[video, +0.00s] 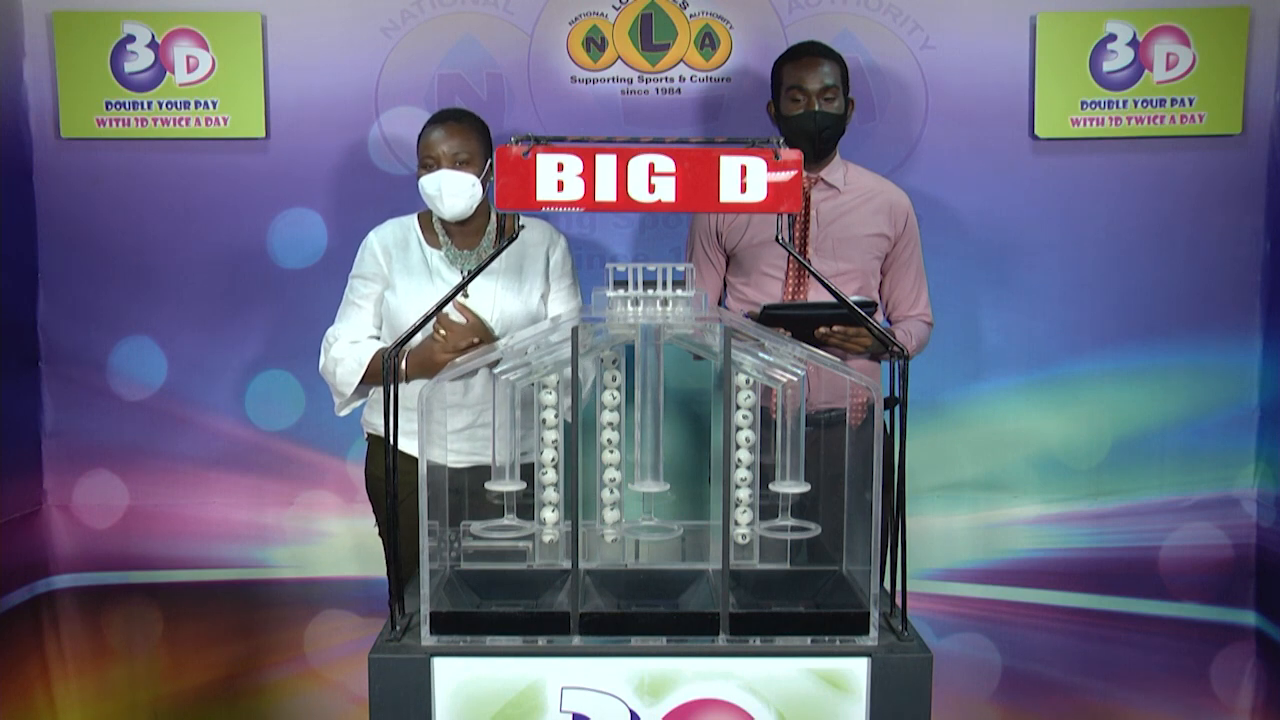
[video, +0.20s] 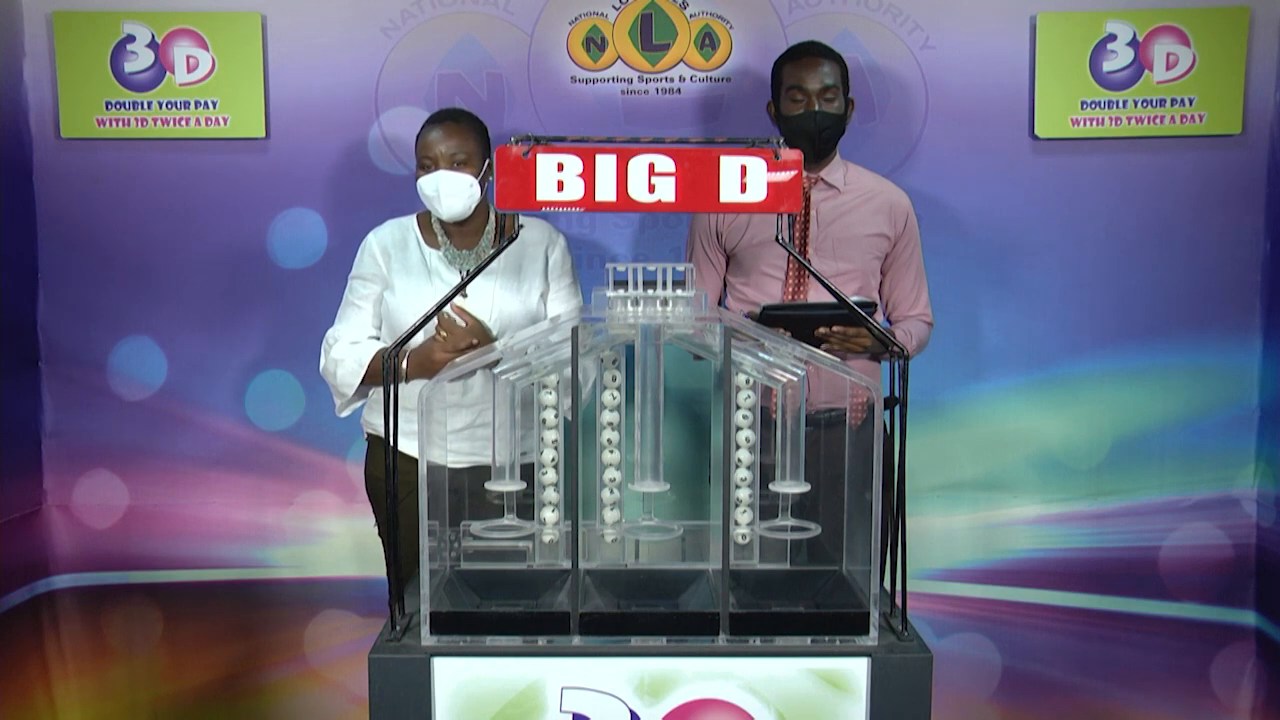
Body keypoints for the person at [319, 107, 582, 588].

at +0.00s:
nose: (447, 180)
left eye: (462, 164)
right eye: (433, 166)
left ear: (489, 166)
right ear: (419, 171)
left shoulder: (543, 246)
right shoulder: (385, 246)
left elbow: (569, 360)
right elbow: (340, 359)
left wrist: (494, 351)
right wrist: (417, 361)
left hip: (510, 463)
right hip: (407, 463)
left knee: (504, 619)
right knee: (415, 617)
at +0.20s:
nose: (444, 180)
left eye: (459, 163)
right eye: (430, 166)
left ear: (487, 167)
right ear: (417, 172)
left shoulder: (542, 245)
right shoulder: (384, 247)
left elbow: (570, 360)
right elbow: (340, 359)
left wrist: (495, 354)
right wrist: (416, 361)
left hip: (510, 464)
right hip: (407, 464)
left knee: (504, 620)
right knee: (416, 618)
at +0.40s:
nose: (443, 178)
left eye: (458, 162)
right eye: (429, 165)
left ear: (486, 167)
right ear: (416, 172)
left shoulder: (541, 245)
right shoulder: (384, 247)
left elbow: (570, 359)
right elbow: (339, 359)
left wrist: (494, 353)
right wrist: (413, 362)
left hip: (509, 464)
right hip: (406, 465)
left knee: (503, 620)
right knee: (416, 619)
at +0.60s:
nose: (443, 180)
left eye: (458, 163)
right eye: (429, 166)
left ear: (485, 167)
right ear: (416, 172)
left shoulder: (540, 246)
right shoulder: (382, 247)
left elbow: (569, 357)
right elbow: (338, 358)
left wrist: (495, 352)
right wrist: (414, 362)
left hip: (508, 463)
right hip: (405, 464)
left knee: (502, 618)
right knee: (415, 616)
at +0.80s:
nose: (444, 177)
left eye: (459, 162)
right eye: (430, 164)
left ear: (484, 166)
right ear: (416, 171)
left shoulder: (539, 245)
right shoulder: (380, 246)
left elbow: (568, 356)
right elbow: (337, 358)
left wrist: (497, 351)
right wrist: (415, 362)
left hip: (508, 462)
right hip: (405, 463)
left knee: (502, 618)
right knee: (417, 616)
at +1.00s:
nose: (445, 179)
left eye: (459, 163)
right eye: (430, 166)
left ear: (483, 166)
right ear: (415, 171)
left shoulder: (537, 246)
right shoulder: (379, 246)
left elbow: (566, 354)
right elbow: (336, 360)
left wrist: (500, 352)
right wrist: (417, 362)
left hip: (507, 461)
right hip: (405, 461)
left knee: (502, 617)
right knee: (416, 616)